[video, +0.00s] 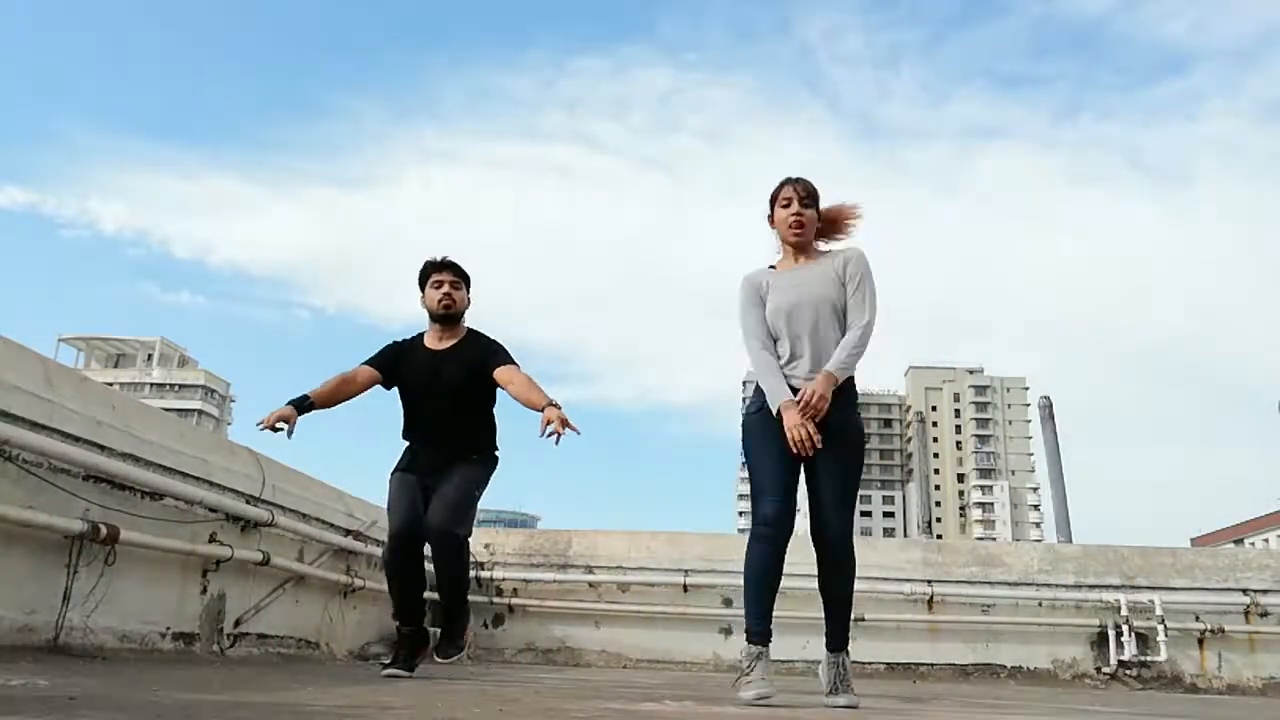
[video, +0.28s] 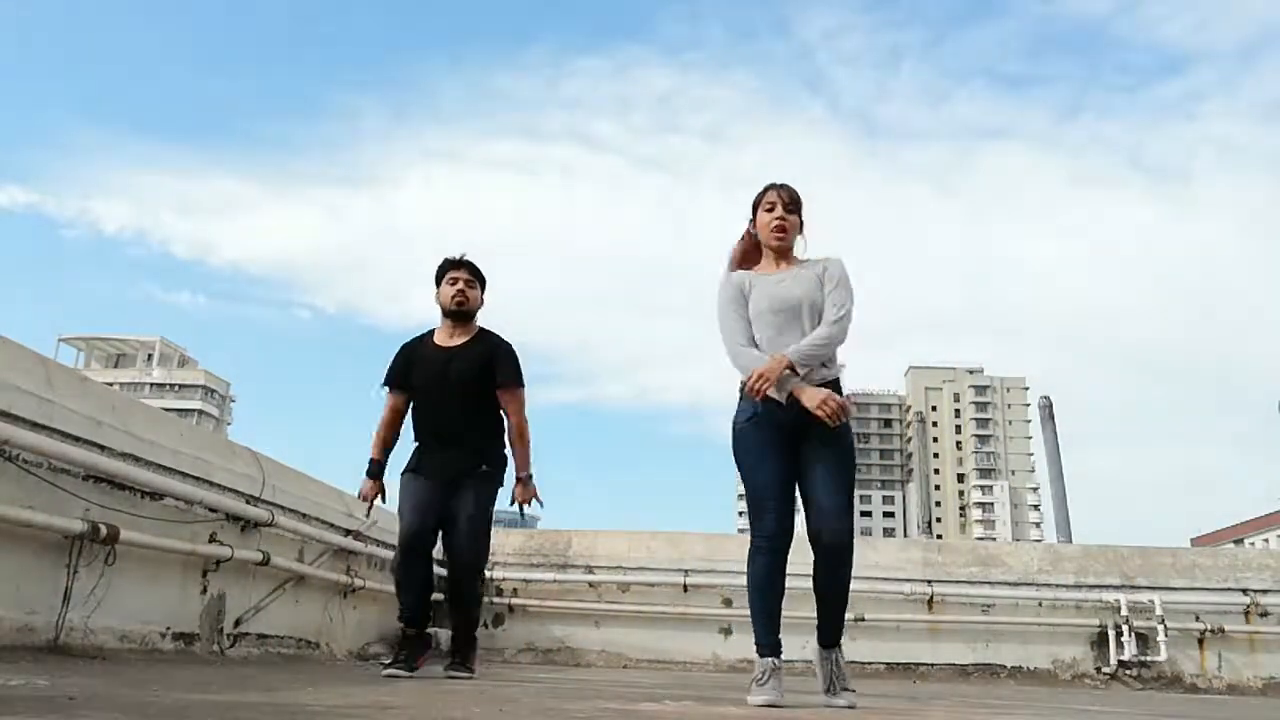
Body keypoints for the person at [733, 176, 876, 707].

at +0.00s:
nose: (796, 212)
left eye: (805, 204)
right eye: (786, 205)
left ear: (818, 217)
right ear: (772, 219)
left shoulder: (849, 261)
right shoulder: (755, 282)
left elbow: (862, 326)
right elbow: (757, 350)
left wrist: (827, 378)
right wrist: (785, 405)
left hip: (834, 404)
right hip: (769, 406)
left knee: (833, 531)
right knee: (772, 520)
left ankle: (837, 660)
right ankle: (756, 655)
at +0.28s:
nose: (780, 216)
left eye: (789, 209)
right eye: (770, 209)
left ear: (801, 223)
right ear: (753, 223)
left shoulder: (828, 269)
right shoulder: (736, 282)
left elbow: (837, 328)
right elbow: (739, 353)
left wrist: (782, 361)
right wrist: (800, 389)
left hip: (824, 409)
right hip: (761, 411)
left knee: (835, 534)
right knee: (770, 532)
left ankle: (830, 653)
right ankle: (768, 662)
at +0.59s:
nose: (802, 203)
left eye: (811, 196)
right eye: (791, 196)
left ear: (824, 210)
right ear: (775, 210)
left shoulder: (844, 278)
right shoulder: (748, 260)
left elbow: (846, 356)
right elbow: (710, 326)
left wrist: (862, 412)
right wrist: (683, 392)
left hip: (810, 402)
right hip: (745, 399)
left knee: (811, 512)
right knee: (756, 529)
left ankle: (818, 653)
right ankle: (763, 661)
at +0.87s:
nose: (808, 192)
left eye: (818, 184)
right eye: (798, 184)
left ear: (835, 198)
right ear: (784, 199)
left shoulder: (861, 265)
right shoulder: (757, 257)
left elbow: (868, 350)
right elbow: (723, 328)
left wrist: (881, 423)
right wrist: (670, 380)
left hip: (818, 397)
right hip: (751, 393)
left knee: (818, 519)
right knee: (751, 531)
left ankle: (826, 668)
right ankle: (764, 659)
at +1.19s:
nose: (786, 171)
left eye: (797, 164)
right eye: (776, 163)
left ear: (814, 179)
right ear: (762, 179)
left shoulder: (844, 229)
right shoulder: (741, 248)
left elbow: (855, 303)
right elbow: (743, 319)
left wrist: (823, 340)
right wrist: (780, 368)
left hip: (838, 383)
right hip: (770, 385)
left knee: (833, 519)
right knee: (742, 514)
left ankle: (832, 668)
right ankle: (733, 646)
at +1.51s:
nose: (772, 193)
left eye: (782, 186)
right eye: (761, 185)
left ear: (795, 202)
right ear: (745, 199)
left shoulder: (821, 259)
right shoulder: (720, 259)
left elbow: (834, 329)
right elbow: (705, 328)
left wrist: (772, 319)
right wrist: (757, 357)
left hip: (817, 402)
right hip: (747, 403)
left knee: (823, 526)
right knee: (739, 530)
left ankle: (833, 671)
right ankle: (719, 666)